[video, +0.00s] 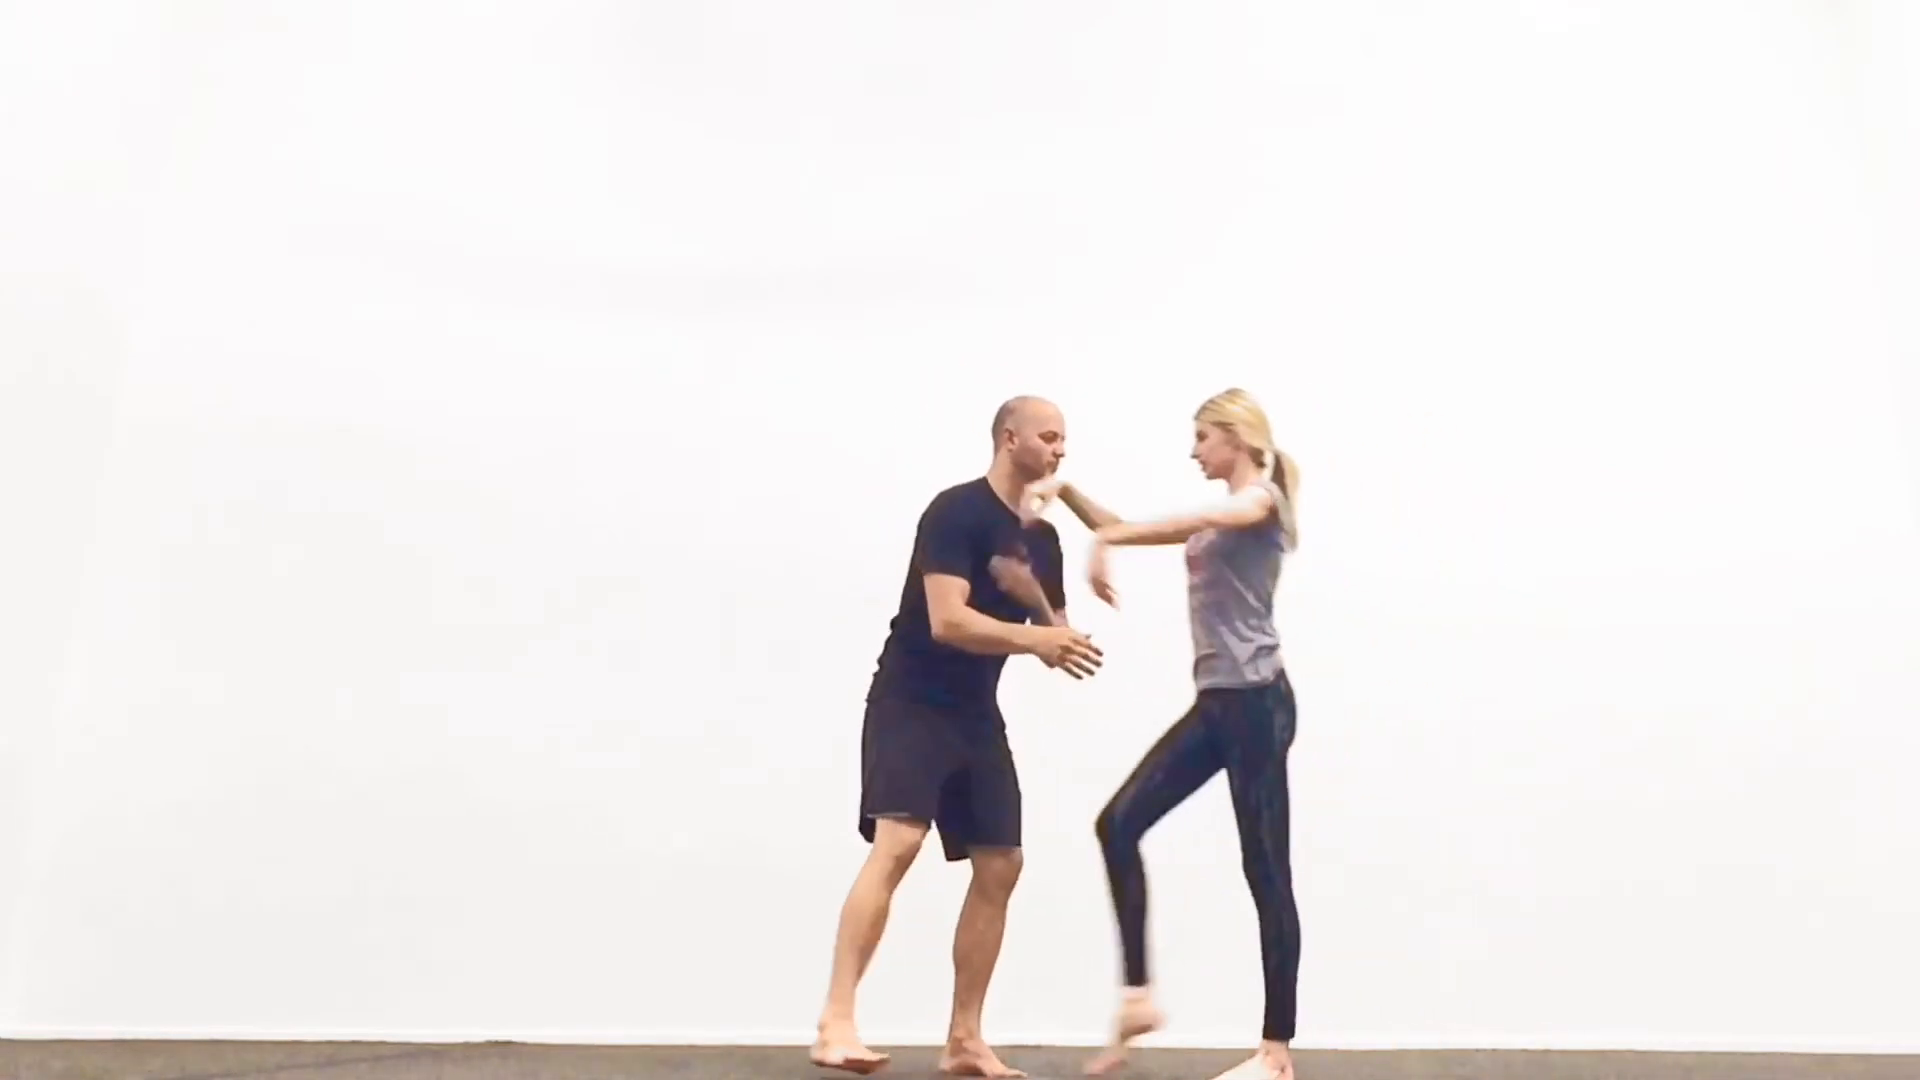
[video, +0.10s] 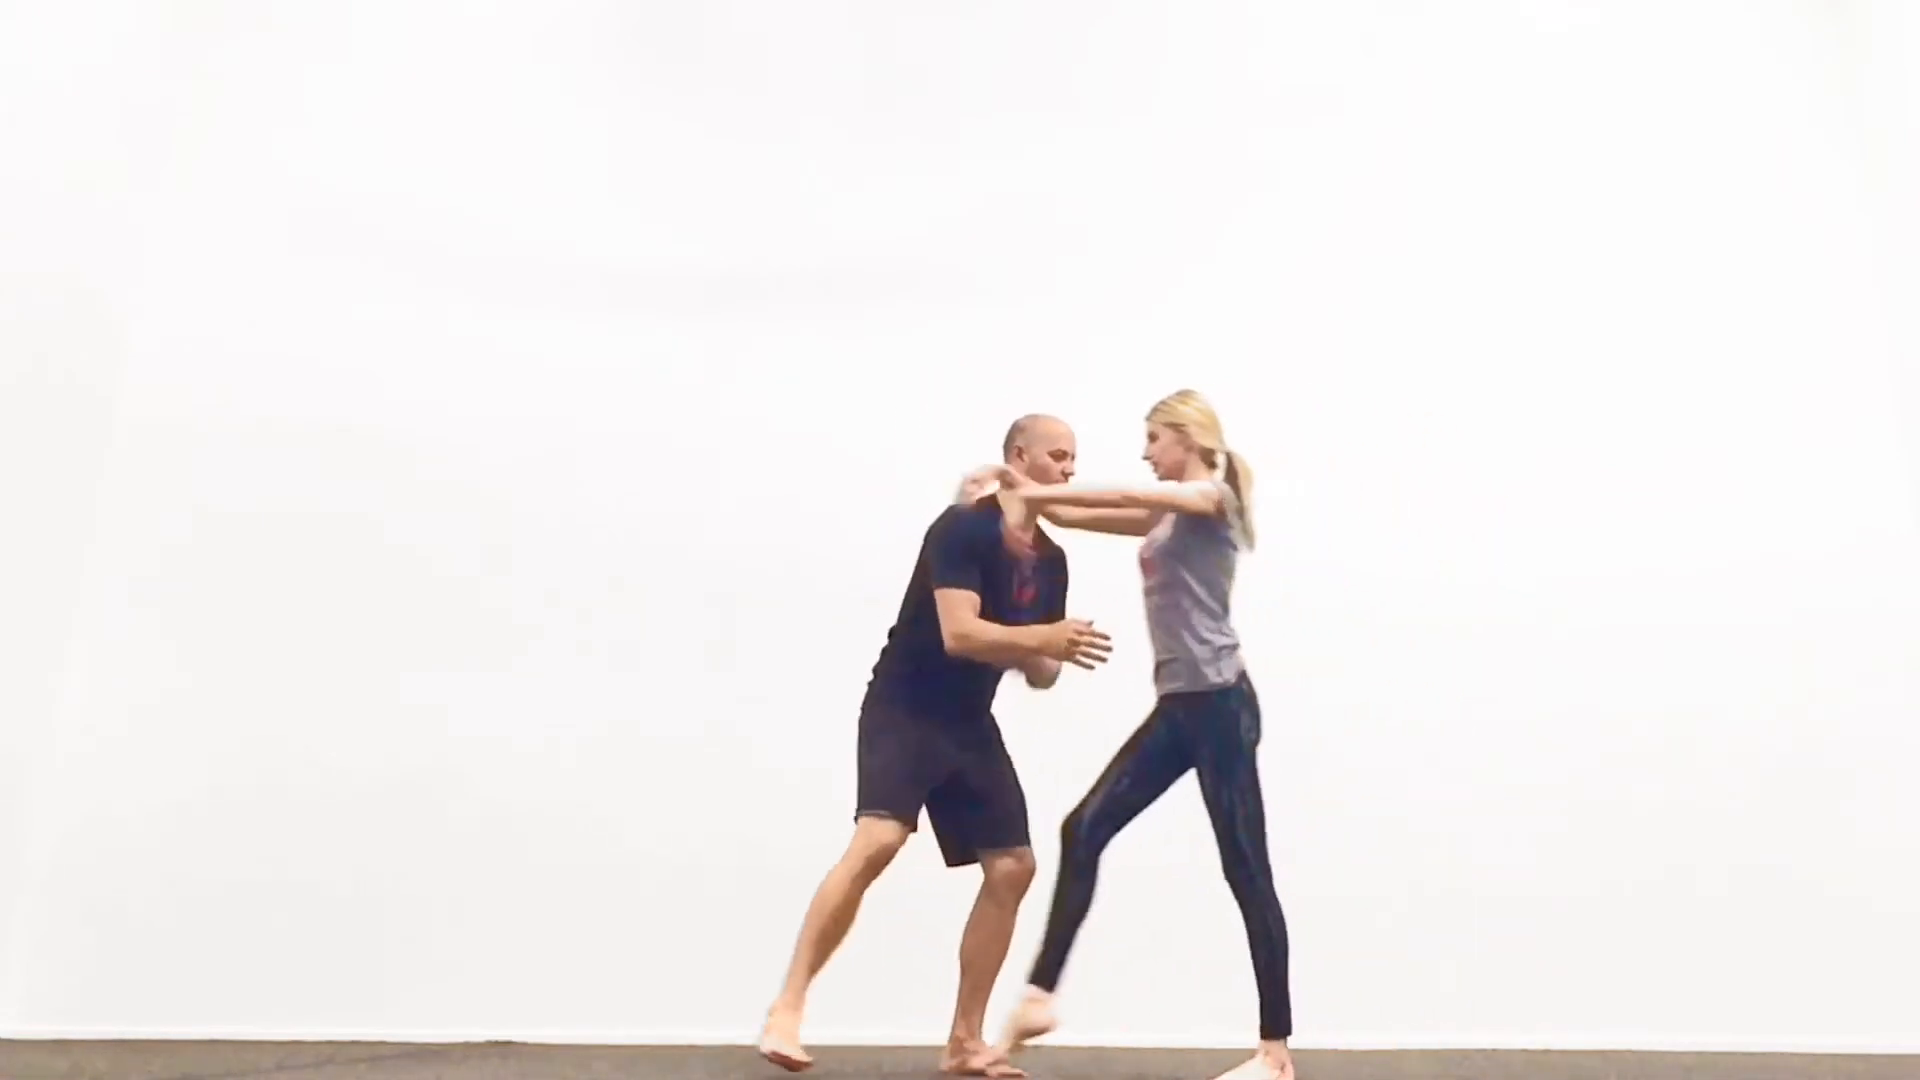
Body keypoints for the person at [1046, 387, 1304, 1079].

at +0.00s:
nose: (1195, 448)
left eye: (1203, 436)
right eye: (1196, 437)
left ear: (1236, 439)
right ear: (1231, 441)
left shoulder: (1263, 497)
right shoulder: (1221, 510)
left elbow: (1209, 522)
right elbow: (1123, 531)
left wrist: (1110, 540)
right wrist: (1064, 490)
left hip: (1255, 703)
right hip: (1217, 704)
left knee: (1267, 873)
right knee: (1117, 827)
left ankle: (1277, 1049)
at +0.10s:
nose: (1148, 450)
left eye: (1155, 438)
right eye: (1148, 440)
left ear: (1189, 439)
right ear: (1184, 441)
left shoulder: (1212, 495)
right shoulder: (1169, 511)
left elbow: (1129, 499)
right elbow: (1077, 517)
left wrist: (1030, 492)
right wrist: (1007, 484)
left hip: (1221, 704)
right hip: (1177, 708)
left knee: (1247, 871)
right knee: (1083, 830)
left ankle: (1276, 1048)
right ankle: (1039, 997)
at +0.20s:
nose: (1091, 458)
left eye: (1100, 445)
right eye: (1092, 446)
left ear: (1132, 445)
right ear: (1131, 448)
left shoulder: (1155, 499)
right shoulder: (1117, 513)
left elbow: (1054, 500)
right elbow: (1032, 513)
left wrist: (950, 482)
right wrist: (949, 492)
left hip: (1179, 712)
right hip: (1134, 718)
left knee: (1226, 876)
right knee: (1046, 846)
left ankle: (1274, 1047)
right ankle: (992, 1009)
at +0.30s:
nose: (1025, 467)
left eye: (1036, 454)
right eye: (1029, 455)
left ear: (1067, 461)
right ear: (1061, 464)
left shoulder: (1091, 519)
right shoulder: (1041, 538)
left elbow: (982, 519)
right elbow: (946, 530)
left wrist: (879, 498)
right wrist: (862, 512)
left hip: (1132, 722)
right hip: (1085, 735)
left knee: (1196, 878)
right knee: (999, 857)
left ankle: (1270, 1048)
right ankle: (998, 1039)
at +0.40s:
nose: (962, 485)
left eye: (972, 472)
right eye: (965, 473)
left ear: (1004, 480)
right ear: (1001, 483)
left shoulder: (1021, 536)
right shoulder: (991, 546)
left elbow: (900, 544)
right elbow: (887, 550)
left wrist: (797, 525)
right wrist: (792, 538)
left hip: (1087, 732)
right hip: (1045, 747)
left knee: (1172, 882)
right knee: (951, 870)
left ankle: (1267, 1039)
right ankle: (993, 1044)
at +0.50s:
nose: (900, 510)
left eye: (910, 498)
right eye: (901, 498)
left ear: (943, 504)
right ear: (930, 509)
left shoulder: (961, 557)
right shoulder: (922, 576)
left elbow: (834, 560)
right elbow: (818, 579)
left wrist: (730, 541)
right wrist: (725, 571)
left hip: (1047, 741)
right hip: (1001, 767)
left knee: (1153, 866)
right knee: (913, 886)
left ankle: (1272, 1011)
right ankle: (989, 1042)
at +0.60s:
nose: (844, 528)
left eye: (857, 517)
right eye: (844, 517)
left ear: (894, 525)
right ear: (861, 532)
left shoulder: (904, 572)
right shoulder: (868, 602)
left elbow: (777, 572)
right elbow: (763, 594)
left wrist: (673, 548)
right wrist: (667, 590)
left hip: (1016, 743)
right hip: (957, 780)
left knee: (1142, 839)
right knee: (885, 899)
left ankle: (1283, 948)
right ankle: (979, 1037)